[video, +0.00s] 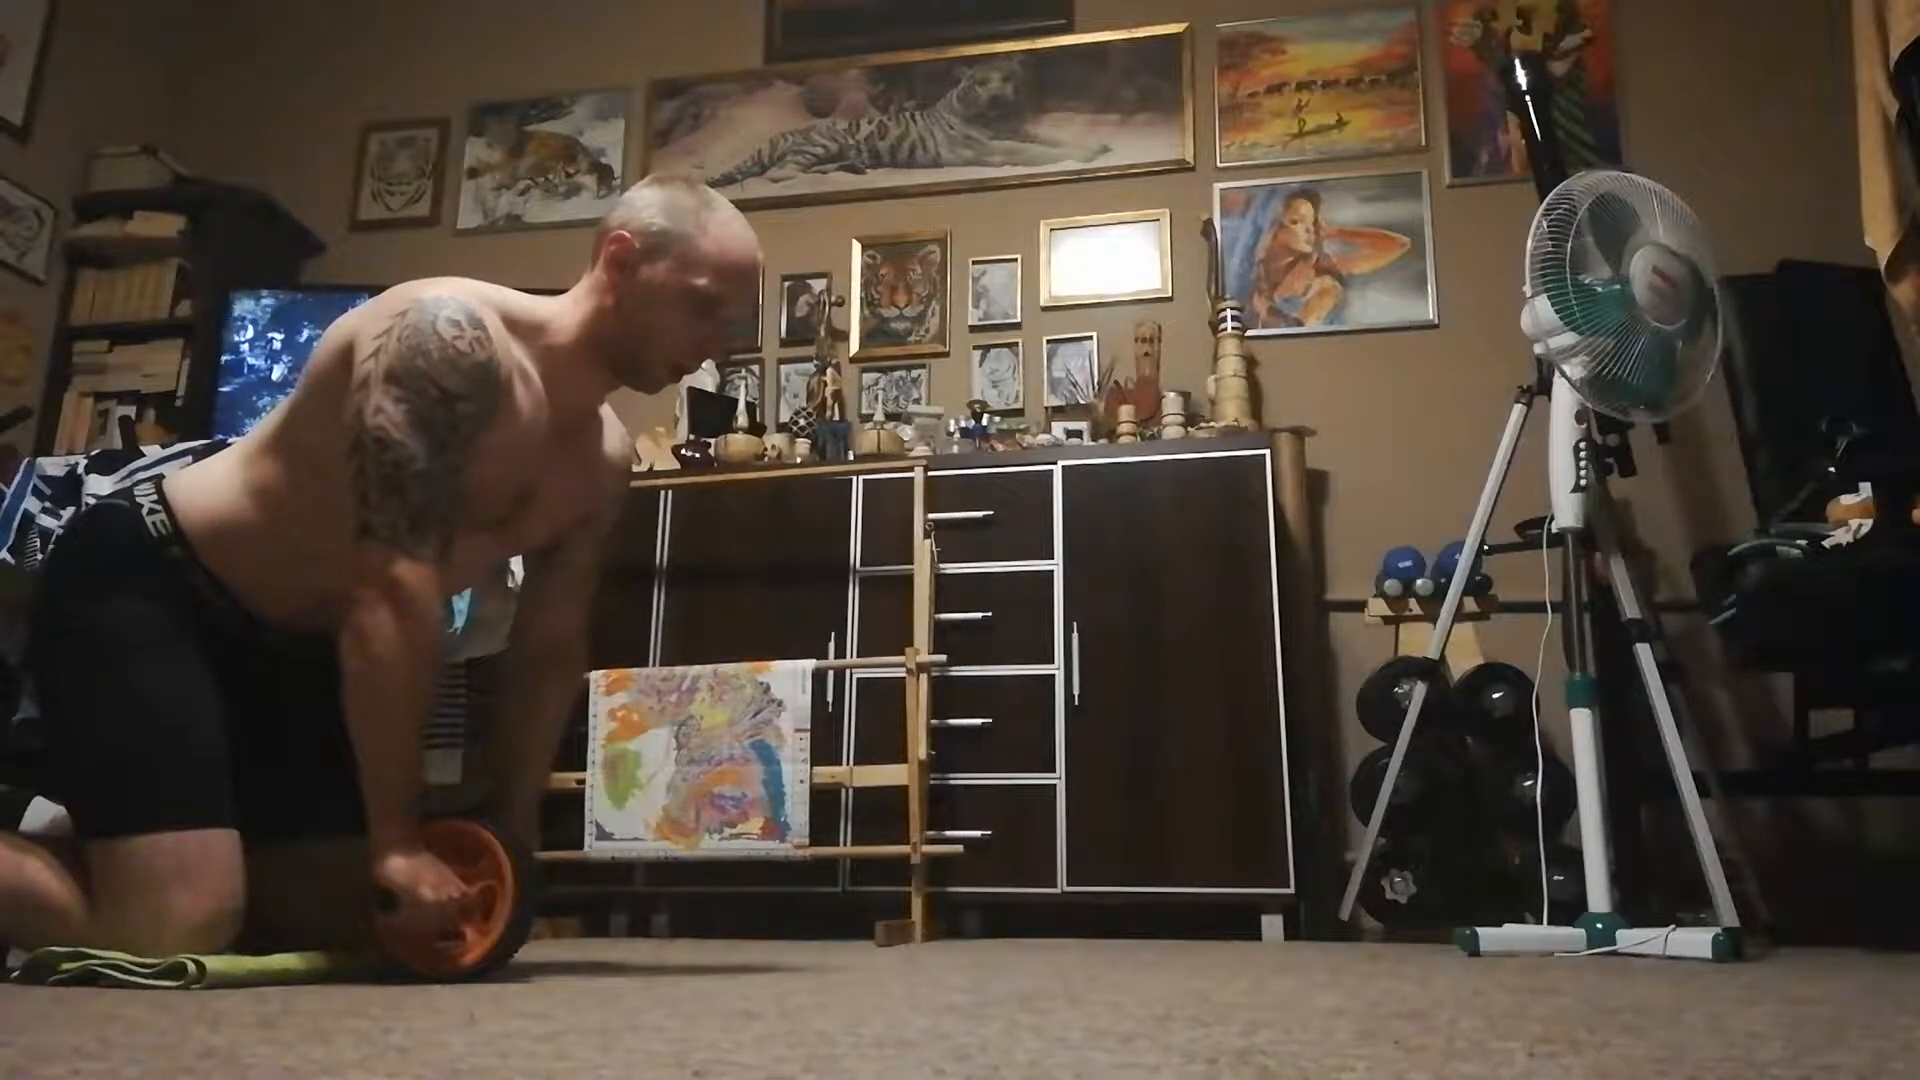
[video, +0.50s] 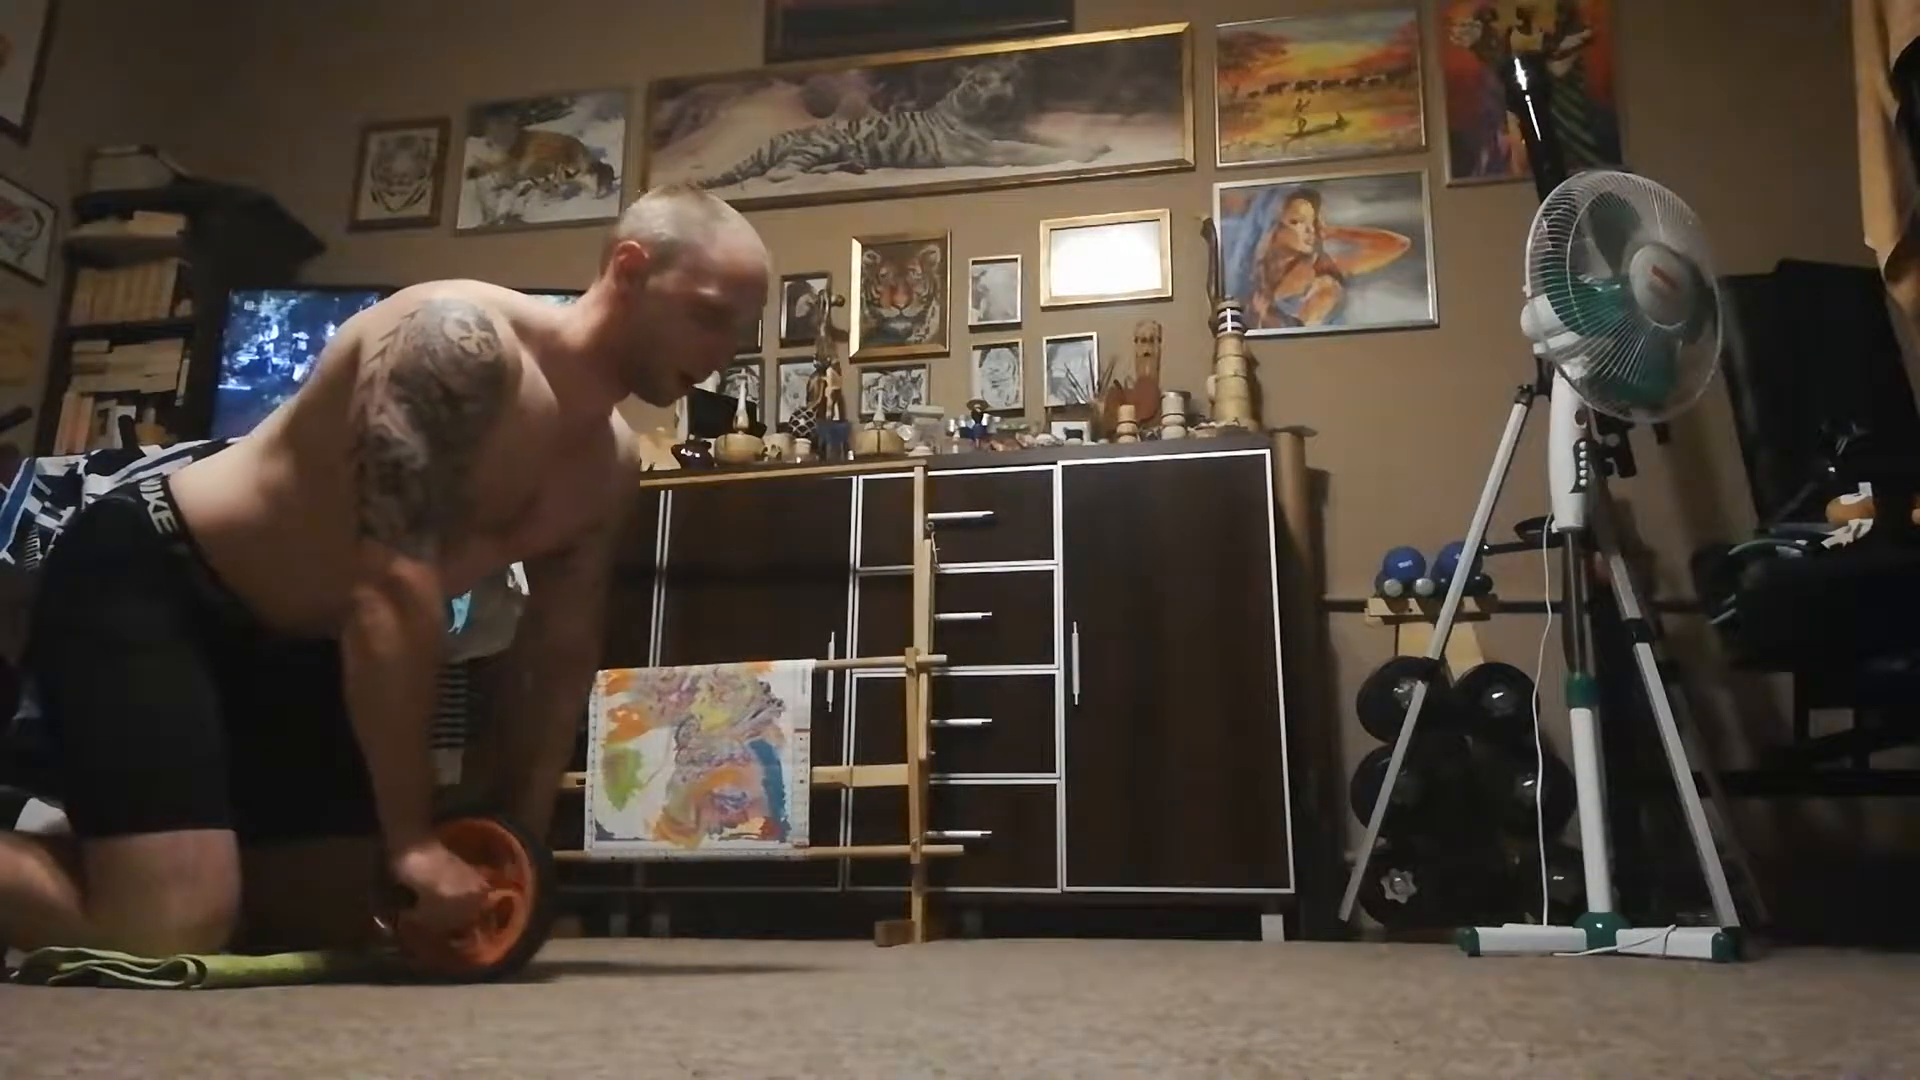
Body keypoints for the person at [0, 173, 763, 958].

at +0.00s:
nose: (723, 346)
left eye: (736, 323)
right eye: (710, 309)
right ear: (622, 258)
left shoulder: (603, 461)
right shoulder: (449, 342)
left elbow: (546, 666)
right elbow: (384, 605)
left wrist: (497, 860)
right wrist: (398, 849)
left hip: (290, 636)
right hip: (143, 574)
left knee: (347, 912)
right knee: (180, 922)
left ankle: (72, 865)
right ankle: (10, 866)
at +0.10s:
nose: (719, 347)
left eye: (733, 323)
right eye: (707, 308)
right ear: (620, 259)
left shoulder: (603, 461)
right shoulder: (443, 339)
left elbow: (543, 668)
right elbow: (386, 603)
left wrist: (489, 864)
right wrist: (398, 848)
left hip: (287, 636)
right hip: (142, 573)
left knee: (354, 911)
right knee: (180, 924)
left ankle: (92, 871)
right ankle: (9, 864)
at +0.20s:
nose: (719, 348)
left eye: (733, 326)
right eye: (706, 311)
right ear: (620, 260)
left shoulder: (603, 461)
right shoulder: (444, 339)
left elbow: (543, 668)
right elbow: (386, 603)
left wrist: (489, 864)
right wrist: (399, 847)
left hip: (287, 636)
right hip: (142, 573)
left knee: (354, 911)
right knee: (179, 923)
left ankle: (94, 871)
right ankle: (9, 864)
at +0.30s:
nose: (718, 349)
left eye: (732, 327)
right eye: (705, 312)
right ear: (620, 261)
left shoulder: (603, 461)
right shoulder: (447, 341)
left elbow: (543, 669)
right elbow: (386, 603)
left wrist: (489, 865)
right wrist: (399, 847)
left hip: (287, 637)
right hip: (142, 573)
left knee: (354, 911)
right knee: (178, 924)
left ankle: (90, 868)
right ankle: (9, 865)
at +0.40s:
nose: (721, 349)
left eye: (736, 326)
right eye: (708, 313)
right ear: (622, 264)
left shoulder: (605, 463)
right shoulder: (450, 341)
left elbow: (546, 665)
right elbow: (386, 604)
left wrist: (491, 864)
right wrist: (401, 847)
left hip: (288, 639)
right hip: (144, 574)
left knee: (359, 910)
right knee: (177, 926)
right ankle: (10, 863)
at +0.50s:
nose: (726, 355)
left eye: (741, 332)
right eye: (713, 319)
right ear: (630, 269)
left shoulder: (609, 469)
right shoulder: (457, 340)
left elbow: (552, 676)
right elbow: (386, 599)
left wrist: (507, 868)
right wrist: (412, 842)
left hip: (293, 640)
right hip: (147, 575)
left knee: (349, 916)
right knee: (172, 931)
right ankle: (10, 860)